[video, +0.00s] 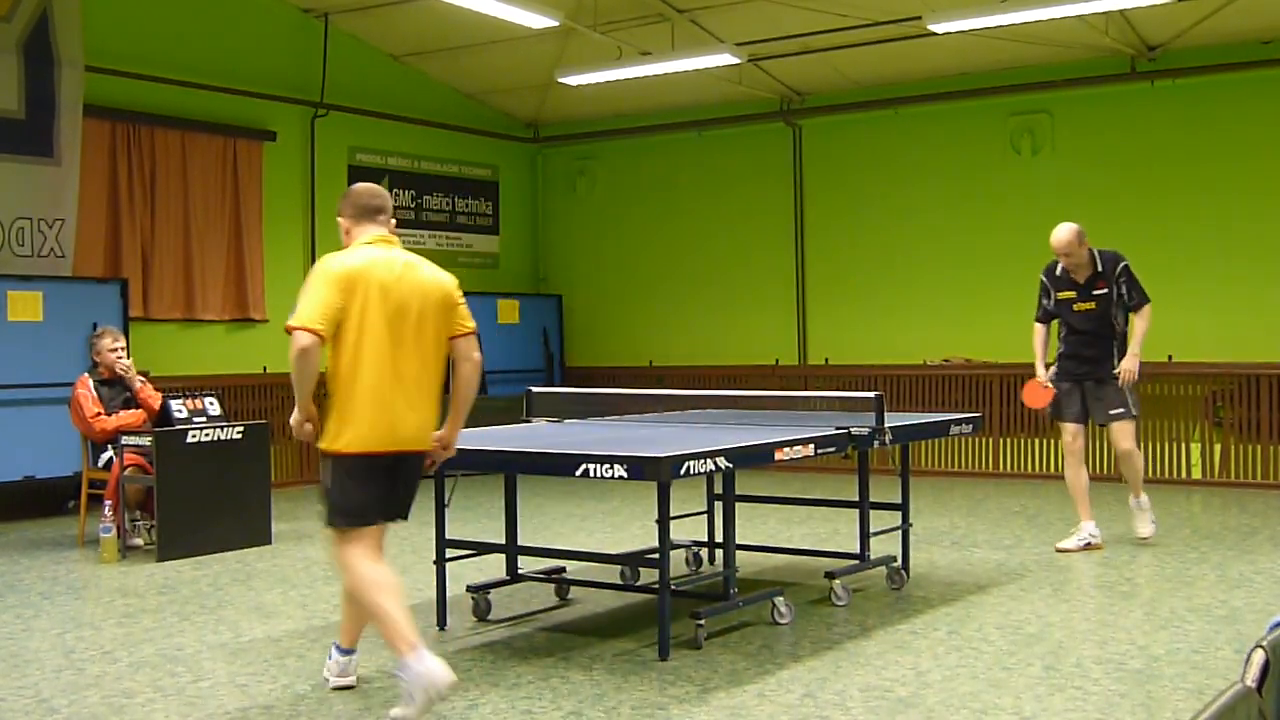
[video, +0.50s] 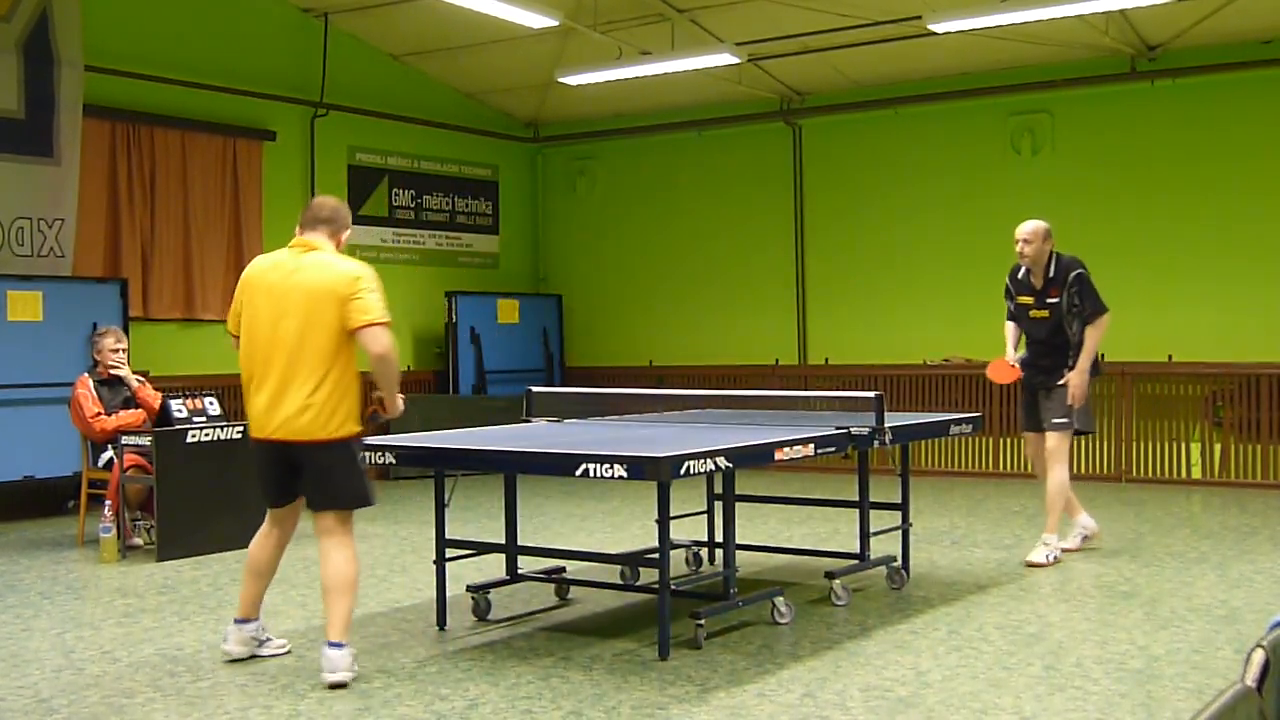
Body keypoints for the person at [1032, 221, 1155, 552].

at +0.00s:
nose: (1063, 264)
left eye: (1068, 257)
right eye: (1058, 258)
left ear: (1084, 247)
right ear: (1054, 252)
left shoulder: (1113, 264)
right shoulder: (1051, 275)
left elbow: (1142, 308)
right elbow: (1042, 322)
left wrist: (1133, 353)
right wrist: (1040, 366)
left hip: (1111, 369)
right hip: (1068, 371)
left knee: (1126, 448)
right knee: (1072, 445)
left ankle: (1139, 501)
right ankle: (1087, 526)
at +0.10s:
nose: (1050, 253)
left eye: (1055, 247)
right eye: (1045, 247)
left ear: (1074, 242)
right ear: (1043, 245)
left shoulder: (1103, 263)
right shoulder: (1041, 274)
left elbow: (1135, 306)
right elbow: (1032, 320)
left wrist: (1123, 354)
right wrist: (1032, 360)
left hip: (1101, 368)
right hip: (1060, 370)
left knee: (1106, 443)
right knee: (1070, 447)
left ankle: (1121, 517)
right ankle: (1087, 527)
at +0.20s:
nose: (1043, 250)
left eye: (1049, 243)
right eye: (1039, 244)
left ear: (1068, 241)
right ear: (1037, 243)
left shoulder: (1096, 264)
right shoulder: (1036, 273)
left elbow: (1127, 307)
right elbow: (1027, 318)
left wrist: (1113, 357)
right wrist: (1027, 353)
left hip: (1094, 366)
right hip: (1056, 368)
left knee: (1094, 444)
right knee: (1068, 448)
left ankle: (1101, 528)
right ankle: (1085, 526)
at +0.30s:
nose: (1033, 248)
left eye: (1039, 242)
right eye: (1029, 242)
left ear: (1059, 242)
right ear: (1028, 244)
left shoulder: (1086, 266)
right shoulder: (1026, 276)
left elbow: (1117, 309)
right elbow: (1020, 318)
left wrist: (1104, 360)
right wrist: (1020, 350)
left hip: (1085, 367)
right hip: (1049, 368)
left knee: (1081, 444)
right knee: (1062, 449)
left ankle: (1071, 527)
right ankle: (1086, 526)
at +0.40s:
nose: (1028, 249)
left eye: (1034, 243)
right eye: (1024, 243)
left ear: (1054, 244)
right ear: (1023, 245)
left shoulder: (1080, 269)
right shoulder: (1022, 277)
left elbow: (1111, 313)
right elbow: (1016, 319)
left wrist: (1096, 363)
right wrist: (1016, 350)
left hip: (1077, 369)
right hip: (1041, 369)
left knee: (1071, 448)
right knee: (1057, 452)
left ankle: (1058, 532)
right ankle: (1087, 526)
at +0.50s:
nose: (1020, 248)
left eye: (1027, 242)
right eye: (1017, 242)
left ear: (1047, 245)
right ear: (1016, 245)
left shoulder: (1070, 272)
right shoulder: (1016, 276)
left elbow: (1099, 319)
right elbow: (1012, 318)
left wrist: (1082, 370)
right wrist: (1010, 351)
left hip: (1063, 372)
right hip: (1031, 372)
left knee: (1057, 455)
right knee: (1038, 456)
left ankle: (1050, 540)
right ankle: (1082, 521)